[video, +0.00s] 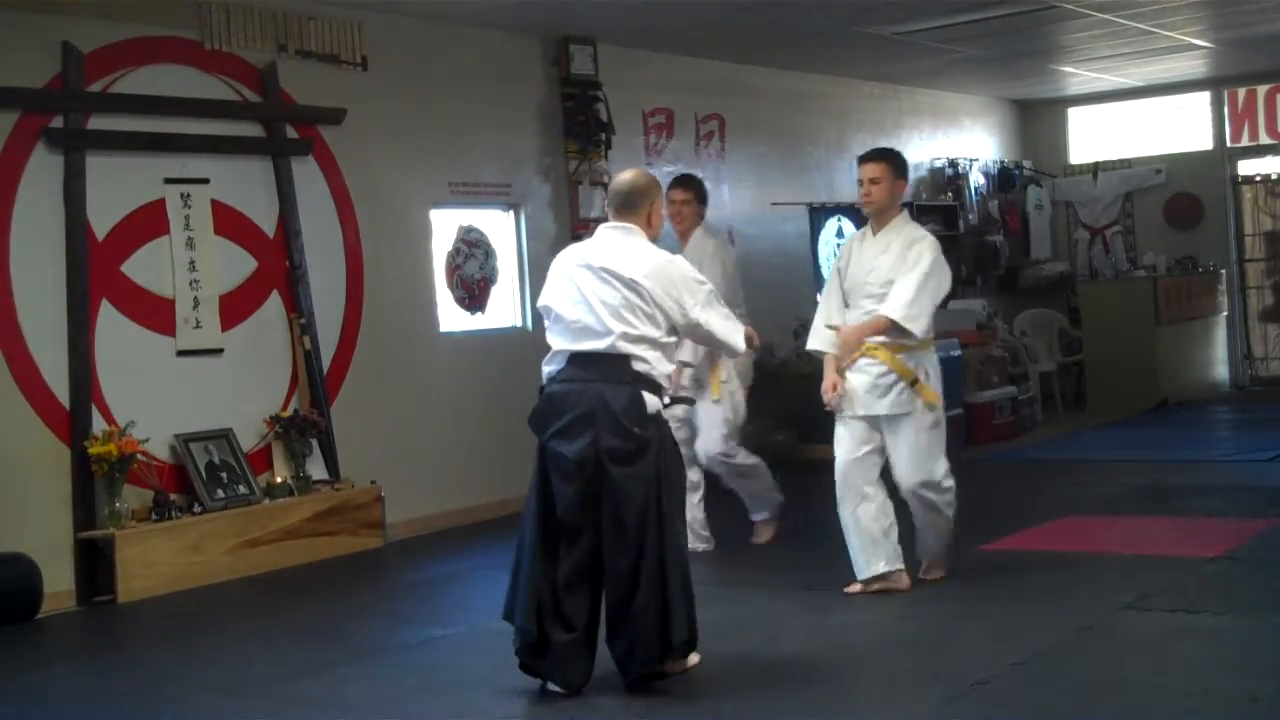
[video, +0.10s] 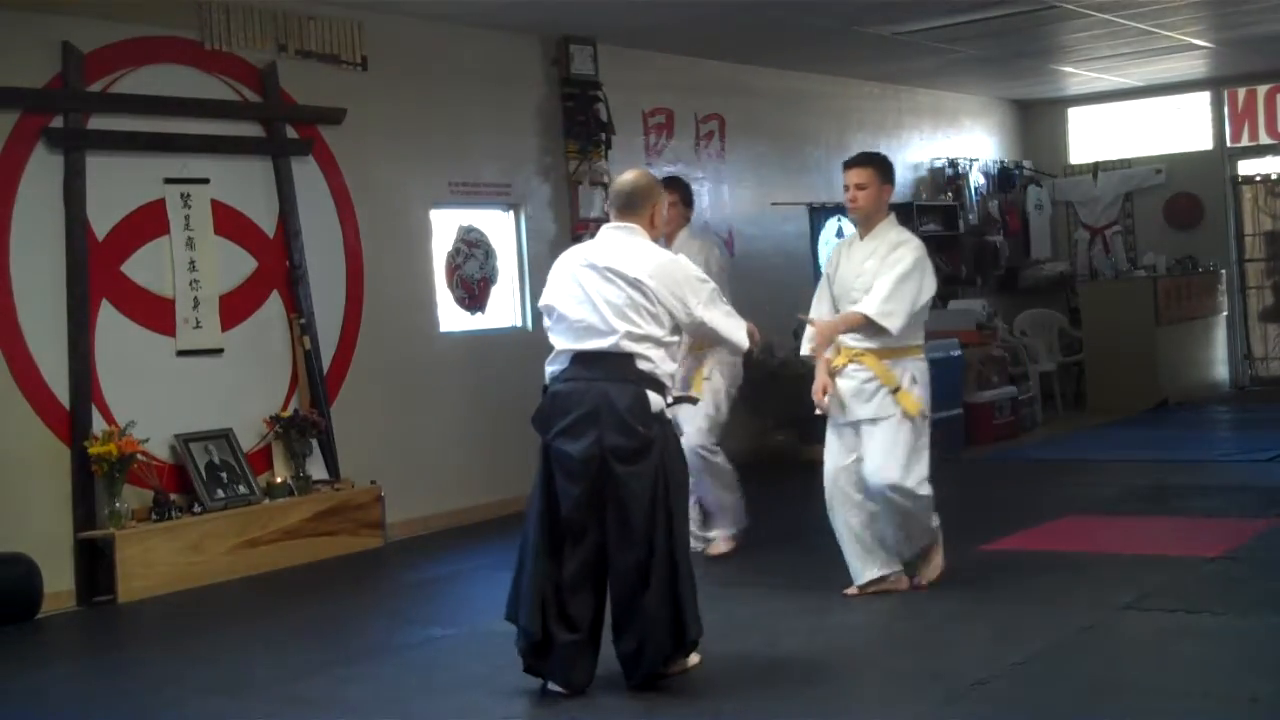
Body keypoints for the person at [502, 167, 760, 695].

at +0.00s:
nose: (666, 216)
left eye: (666, 208)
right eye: (665, 209)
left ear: (608, 209)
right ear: (654, 212)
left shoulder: (565, 260)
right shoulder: (665, 267)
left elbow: (555, 321)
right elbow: (720, 327)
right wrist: (743, 336)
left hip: (563, 396)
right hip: (627, 397)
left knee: (564, 533)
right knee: (645, 530)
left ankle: (561, 668)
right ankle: (657, 653)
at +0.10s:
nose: (669, 218)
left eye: (668, 210)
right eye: (667, 211)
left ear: (609, 211)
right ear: (657, 212)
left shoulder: (567, 261)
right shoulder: (668, 266)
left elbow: (556, 320)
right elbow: (721, 322)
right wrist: (747, 334)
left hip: (566, 394)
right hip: (632, 396)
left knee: (567, 533)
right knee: (648, 530)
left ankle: (562, 668)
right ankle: (659, 653)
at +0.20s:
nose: (667, 222)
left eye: (666, 215)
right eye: (667, 214)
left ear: (608, 211)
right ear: (657, 212)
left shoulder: (564, 263)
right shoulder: (669, 267)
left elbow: (550, 331)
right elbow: (736, 332)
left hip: (567, 394)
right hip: (634, 394)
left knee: (569, 533)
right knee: (650, 529)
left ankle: (563, 669)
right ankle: (659, 657)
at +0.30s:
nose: (660, 220)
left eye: (660, 213)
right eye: (661, 213)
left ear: (604, 211)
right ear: (652, 211)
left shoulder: (559, 266)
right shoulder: (667, 266)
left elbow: (542, 334)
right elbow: (734, 332)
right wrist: (749, 340)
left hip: (566, 397)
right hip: (634, 396)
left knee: (570, 534)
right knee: (651, 530)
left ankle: (564, 668)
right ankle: (661, 658)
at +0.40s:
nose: (656, 220)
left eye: (656, 212)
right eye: (656, 212)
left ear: (598, 212)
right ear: (646, 211)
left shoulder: (552, 268)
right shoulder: (662, 266)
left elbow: (540, 350)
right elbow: (729, 335)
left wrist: (559, 395)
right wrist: (751, 326)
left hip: (565, 398)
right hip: (629, 395)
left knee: (569, 535)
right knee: (648, 530)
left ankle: (566, 670)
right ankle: (661, 658)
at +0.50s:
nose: (648, 214)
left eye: (646, 204)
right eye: (645, 206)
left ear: (589, 211)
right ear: (637, 210)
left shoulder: (548, 268)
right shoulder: (658, 265)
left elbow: (529, 354)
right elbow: (726, 342)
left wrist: (550, 397)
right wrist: (743, 335)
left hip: (561, 400)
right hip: (629, 396)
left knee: (568, 536)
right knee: (647, 531)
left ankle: (565, 671)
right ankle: (660, 659)